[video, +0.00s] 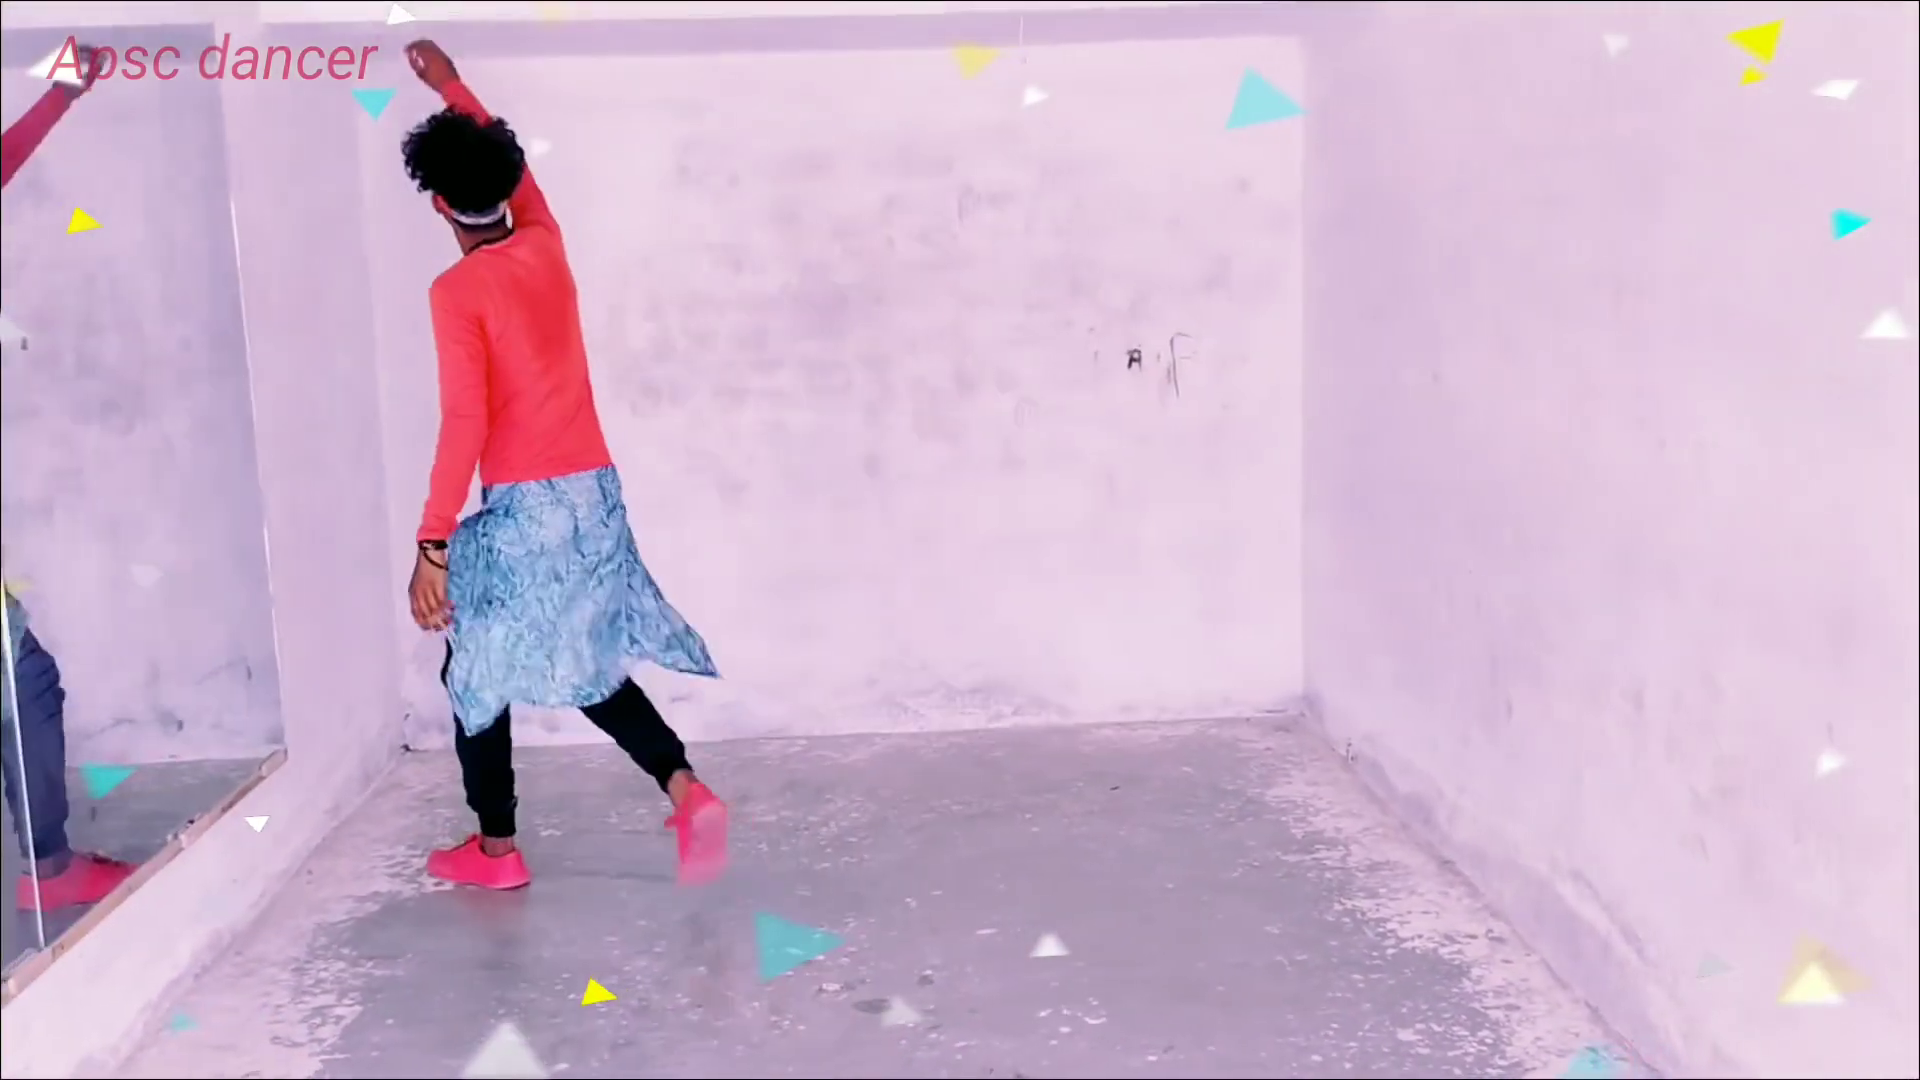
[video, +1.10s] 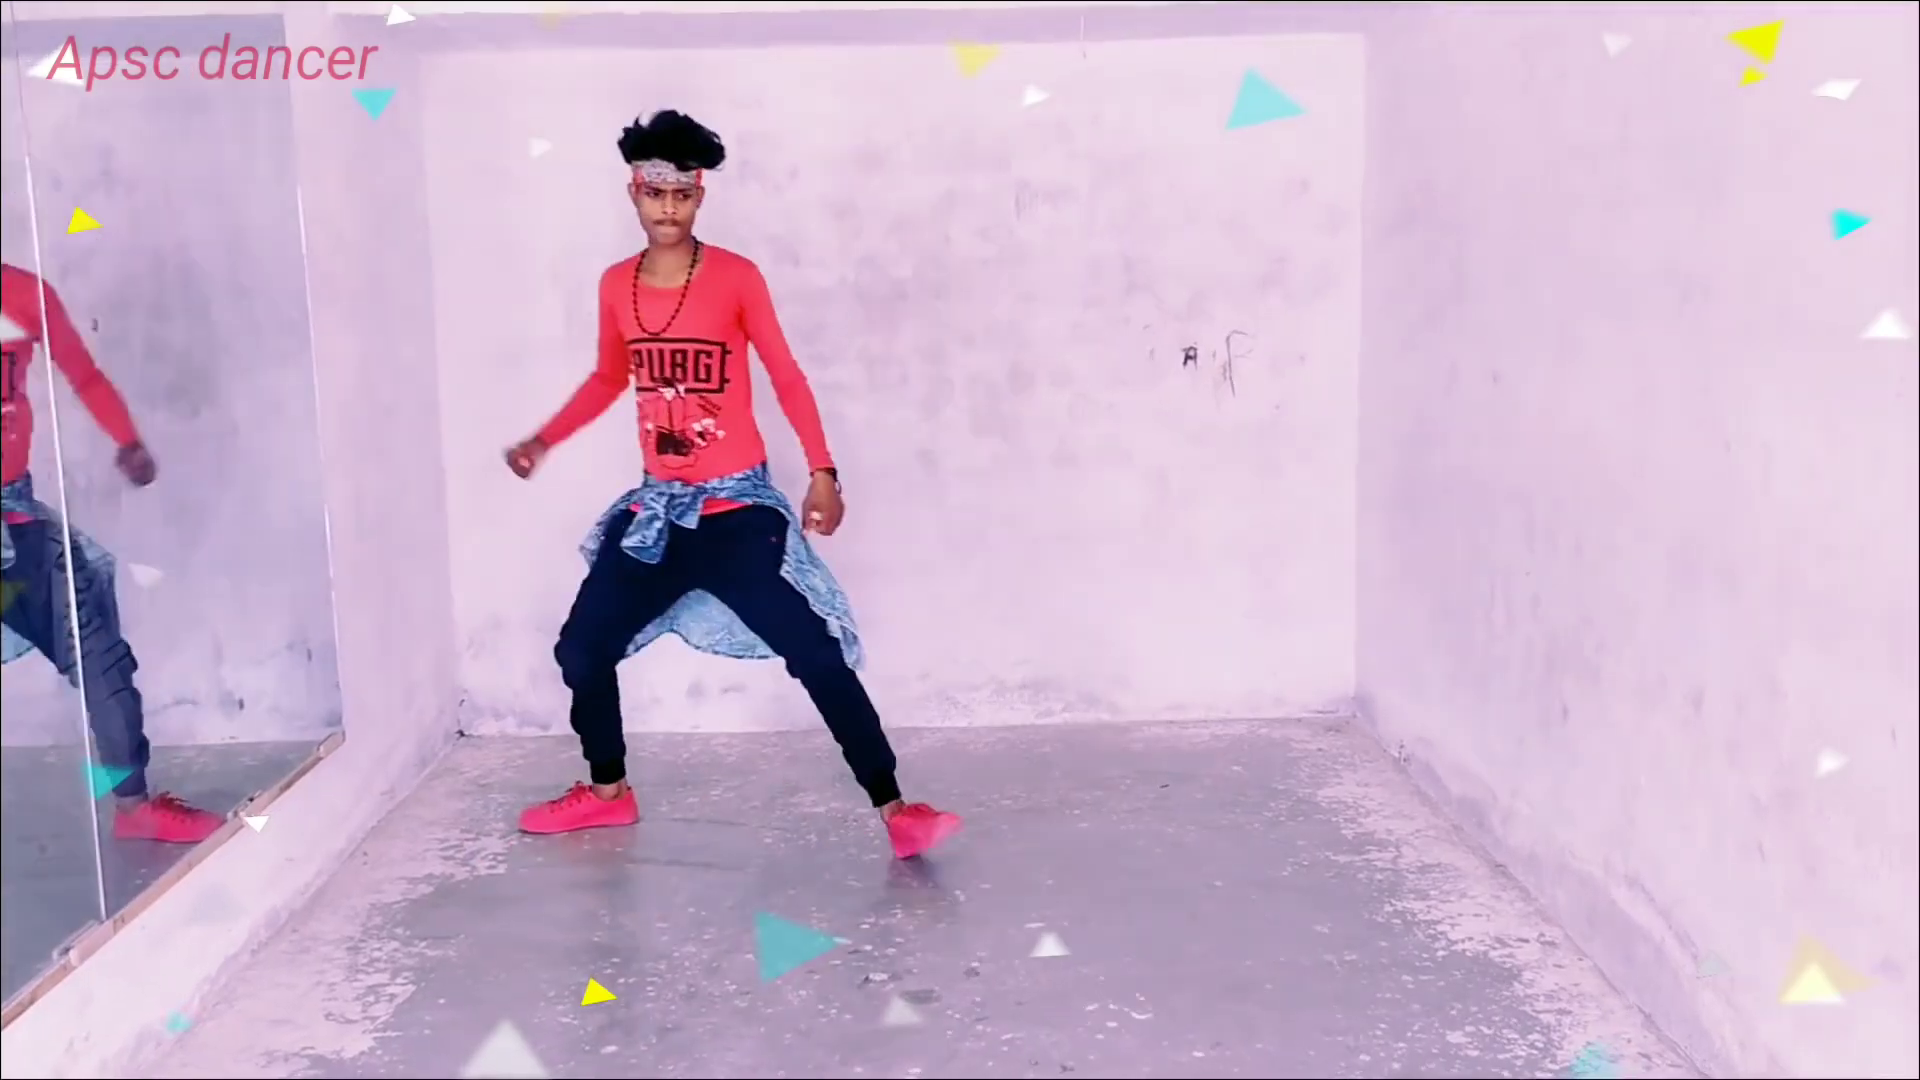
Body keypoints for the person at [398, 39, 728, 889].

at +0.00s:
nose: (427, 205)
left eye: (430, 194)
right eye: (433, 192)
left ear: (442, 204)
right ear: (511, 189)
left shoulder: (460, 291)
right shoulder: (547, 248)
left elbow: (465, 423)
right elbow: (510, 164)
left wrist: (433, 544)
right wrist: (452, 88)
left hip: (518, 511)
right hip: (592, 496)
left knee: (471, 671)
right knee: (585, 661)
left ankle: (497, 847)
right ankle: (689, 792)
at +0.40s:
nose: (465, 164)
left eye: (470, 153)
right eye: (469, 151)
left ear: (488, 167)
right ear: (521, 162)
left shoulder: (530, 246)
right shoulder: (525, 216)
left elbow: (563, 376)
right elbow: (488, 93)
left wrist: (527, 479)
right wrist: (458, 5)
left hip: (542, 466)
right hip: (553, 457)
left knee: (506, 638)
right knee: (549, 629)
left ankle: (544, 820)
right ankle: (592, 786)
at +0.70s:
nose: (529, 174)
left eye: (548, 159)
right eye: (522, 157)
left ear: (584, 167)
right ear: (514, 163)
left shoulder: (602, 251)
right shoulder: (534, 221)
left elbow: (643, 363)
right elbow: (488, 120)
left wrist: (664, 474)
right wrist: (447, 22)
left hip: (609, 465)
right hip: (563, 463)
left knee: (607, 631)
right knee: (566, 629)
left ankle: (676, 797)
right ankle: (606, 787)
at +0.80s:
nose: (552, 173)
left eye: (566, 158)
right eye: (545, 157)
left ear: (602, 161)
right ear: (539, 163)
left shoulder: (630, 248)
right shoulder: (543, 225)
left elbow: (669, 360)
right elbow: (480, 167)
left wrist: (690, 463)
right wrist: (433, 70)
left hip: (638, 459)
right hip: (577, 462)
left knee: (661, 622)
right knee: (575, 627)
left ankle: (740, 786)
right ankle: (608, 786)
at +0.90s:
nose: (588, 177)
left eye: (603, 162)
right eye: (576, 161)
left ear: (632, 166)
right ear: (563, 164)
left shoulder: (658, 249)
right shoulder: (561, 236)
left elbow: (696, 357)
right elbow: (499, 250)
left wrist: (718, 460)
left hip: (667, 466)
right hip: (599, 471)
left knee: (715, 623)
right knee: (578, 632)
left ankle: (802, 780)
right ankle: (607, 786)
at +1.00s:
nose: (627, 190)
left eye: (641, 175)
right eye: (613, 174)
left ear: (663, 180)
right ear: (595, 180)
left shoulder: (693, 262)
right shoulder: (587, 259)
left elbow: (737, 364)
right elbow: (550, 324)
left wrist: (760, 470)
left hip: (702, 486)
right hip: (626, 491)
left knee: (771, 631)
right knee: (572, 637)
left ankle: (858, 782)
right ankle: (607, 788)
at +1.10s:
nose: (666, 206)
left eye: (681, 190)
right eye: (651, 190)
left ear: (702, 194)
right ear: (632, 196)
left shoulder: (737, 279)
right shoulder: (618, 284)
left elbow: (785, 377)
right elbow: (611, 375)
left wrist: (823, 470)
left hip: (738, 507)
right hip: (658, 510)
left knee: (810, 649)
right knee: (581, 651)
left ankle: (894, 808)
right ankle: (608, 789)